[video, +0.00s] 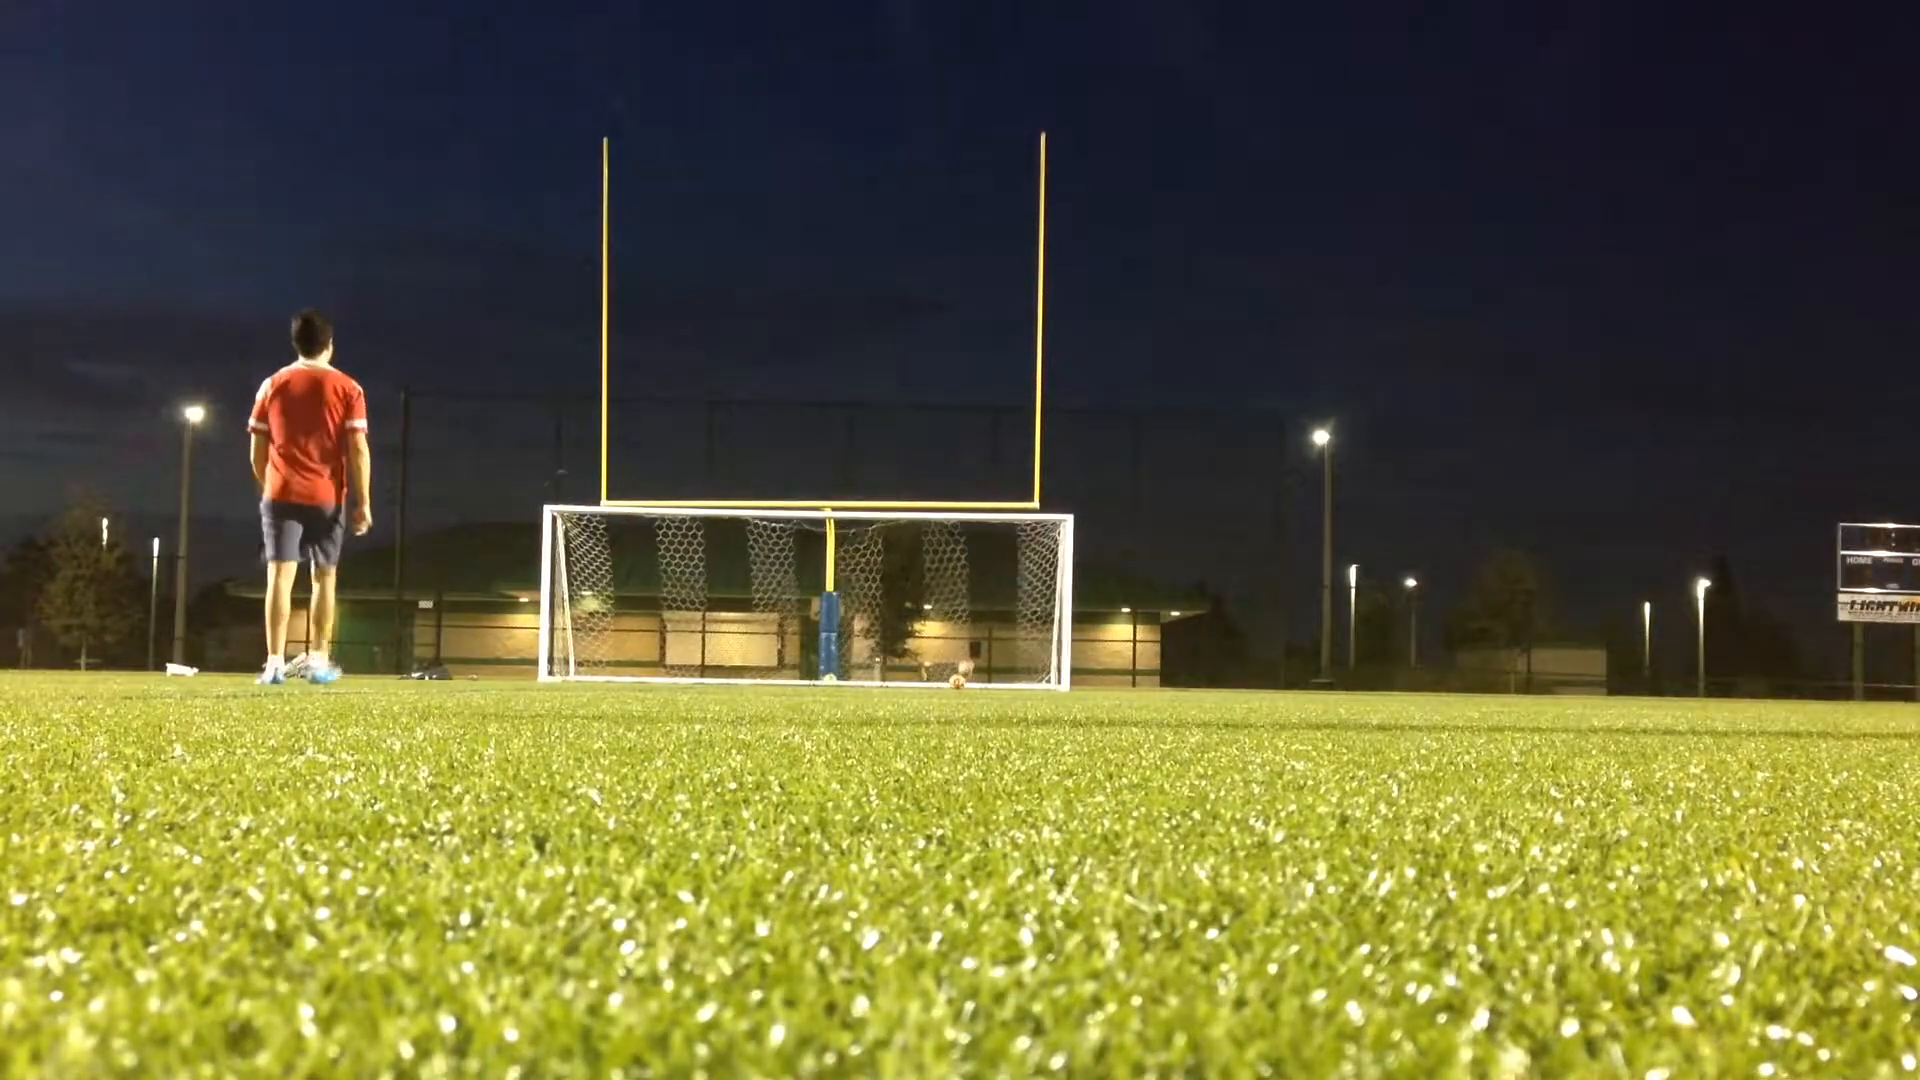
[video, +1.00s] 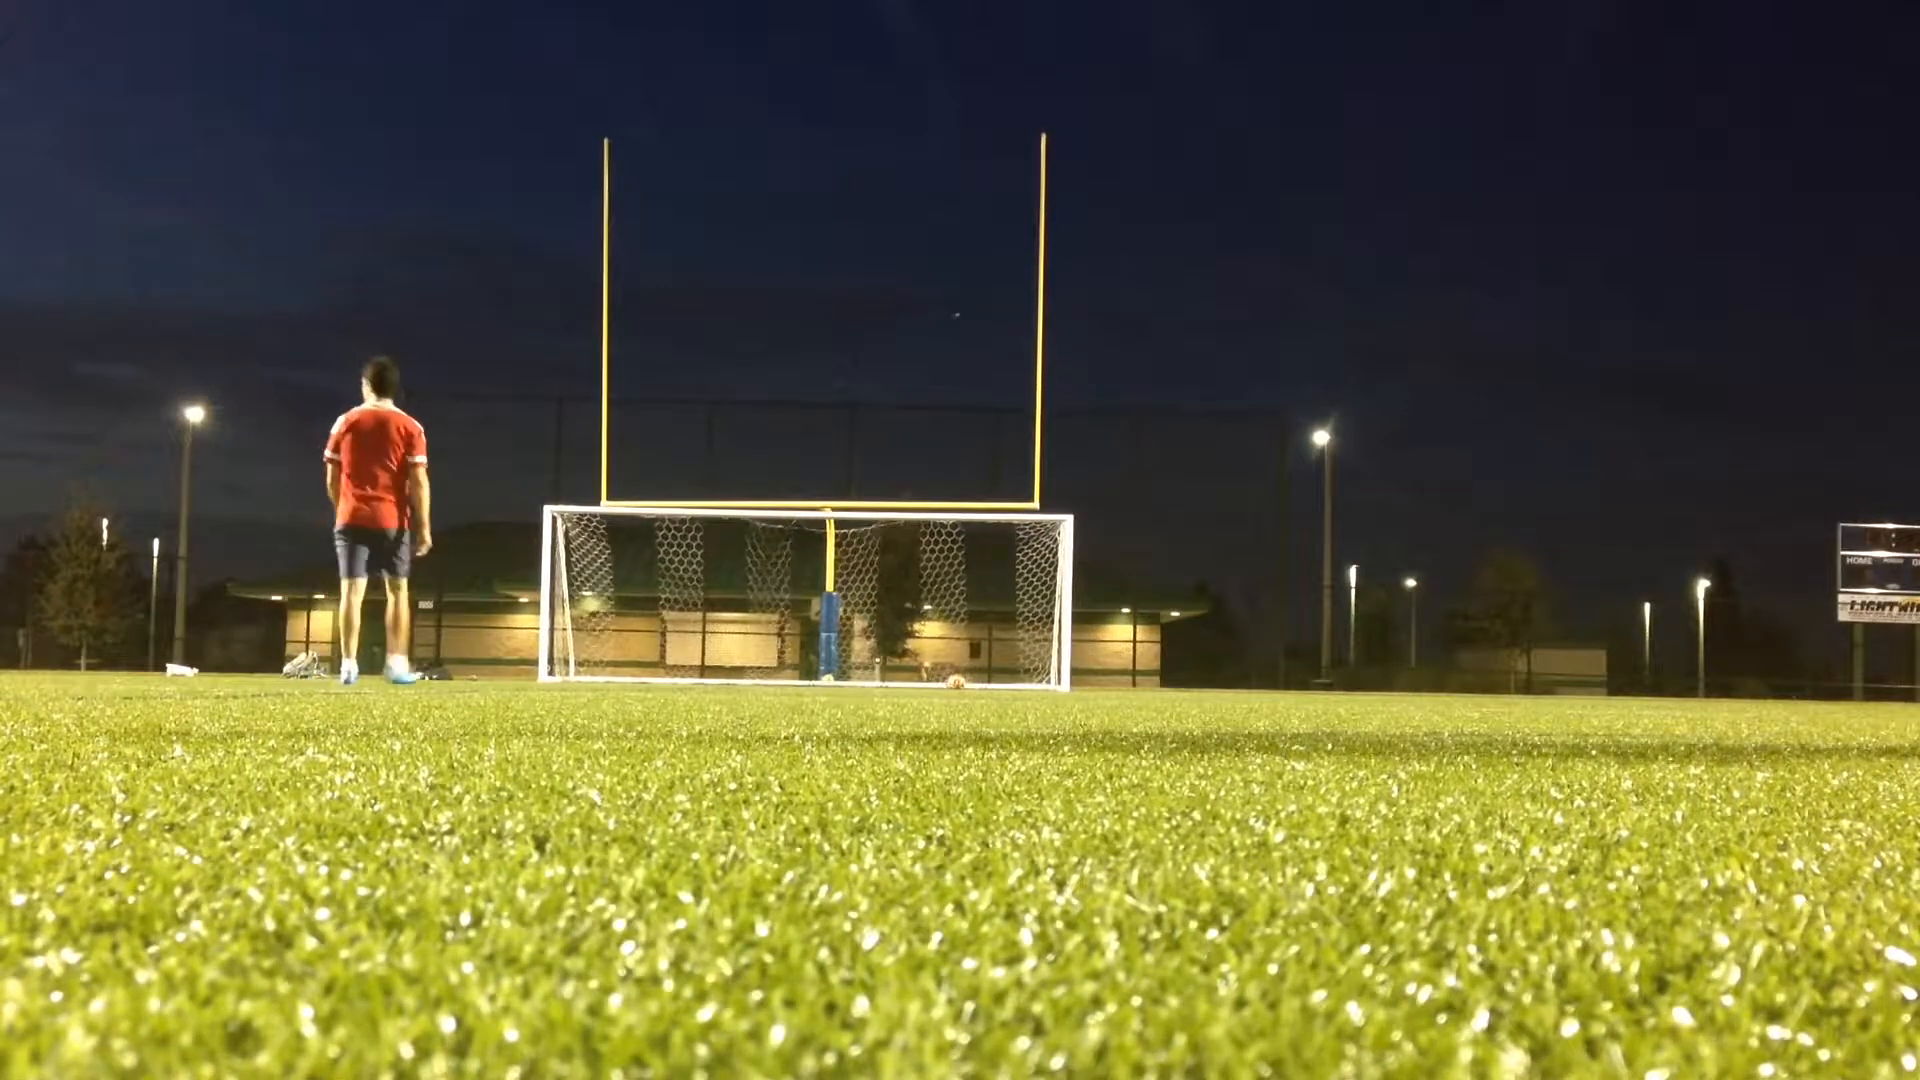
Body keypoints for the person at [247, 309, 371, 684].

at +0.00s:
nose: (329, 347)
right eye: (329, 341)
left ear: (294, 344)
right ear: (329, 344)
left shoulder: (272, 384)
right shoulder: (348, 388)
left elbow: (257, 453)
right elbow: (358, 449)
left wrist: (270, 487)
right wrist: (362, 502)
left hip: (280, 492)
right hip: (326, 495)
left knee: (279, 575)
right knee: (324, 578)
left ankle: (274, 663)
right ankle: (318, 661)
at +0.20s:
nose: (343, 365)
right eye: (344, 360)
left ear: (308, 362)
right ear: (342, 362)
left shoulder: (287, 399)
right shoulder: (358, 405)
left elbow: (269, 458)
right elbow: (366, 462)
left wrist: (281, 493)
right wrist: (371, 514)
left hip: (289, 503)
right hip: (335, 509)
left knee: (284, 579)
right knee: (331, 589)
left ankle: (276, 653)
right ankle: (325, 666)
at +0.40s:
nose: (356, 363)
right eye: (358, 358)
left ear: (325, 360)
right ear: (359, 361)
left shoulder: (305, 398)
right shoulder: (374, 403)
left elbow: (289, 457)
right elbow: (383, 463)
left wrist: (285, 505)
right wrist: (384, 510)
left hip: (309, 501)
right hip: (352, 504)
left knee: (309, 576)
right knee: (339, 586)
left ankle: (300, 643)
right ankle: (325, 664)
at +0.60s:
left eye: (342, 372)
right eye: (366, 372)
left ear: (337, 375)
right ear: (370, 375)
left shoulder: (318, 413)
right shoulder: (386, 416)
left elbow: (303, 468)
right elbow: (397, 473)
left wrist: (294, 517)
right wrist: (392, 502)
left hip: (321, 512)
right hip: (363, 513)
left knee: (331, 588)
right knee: (345, 588)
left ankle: (342, 660)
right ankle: (326, 660)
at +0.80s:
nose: (346, 385)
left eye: (346, 380)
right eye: (351, 380)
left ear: (348, 383)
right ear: (377, 382)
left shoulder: (330, 421)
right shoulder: (397, 422)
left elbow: (316, 477)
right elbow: (406, 476)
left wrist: (309, 523)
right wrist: (404, 517)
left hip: (337, 516)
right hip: (377, 517)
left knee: (345, 591)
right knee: (377, 592)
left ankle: (345, 671)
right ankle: (349, 633)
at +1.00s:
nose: (362, 388)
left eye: (363, 383)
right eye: (365, 383)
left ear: (366, 386)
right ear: (395, 387)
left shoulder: (347, 421)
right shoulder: (411, 426)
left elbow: (332, 476)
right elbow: (418, 480)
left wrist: (343, 508)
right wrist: (424, 527)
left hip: (351, 515)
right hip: (392, 518)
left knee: (351, 592)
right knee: (397, 592)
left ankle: (348, 665)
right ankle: (396, 663)